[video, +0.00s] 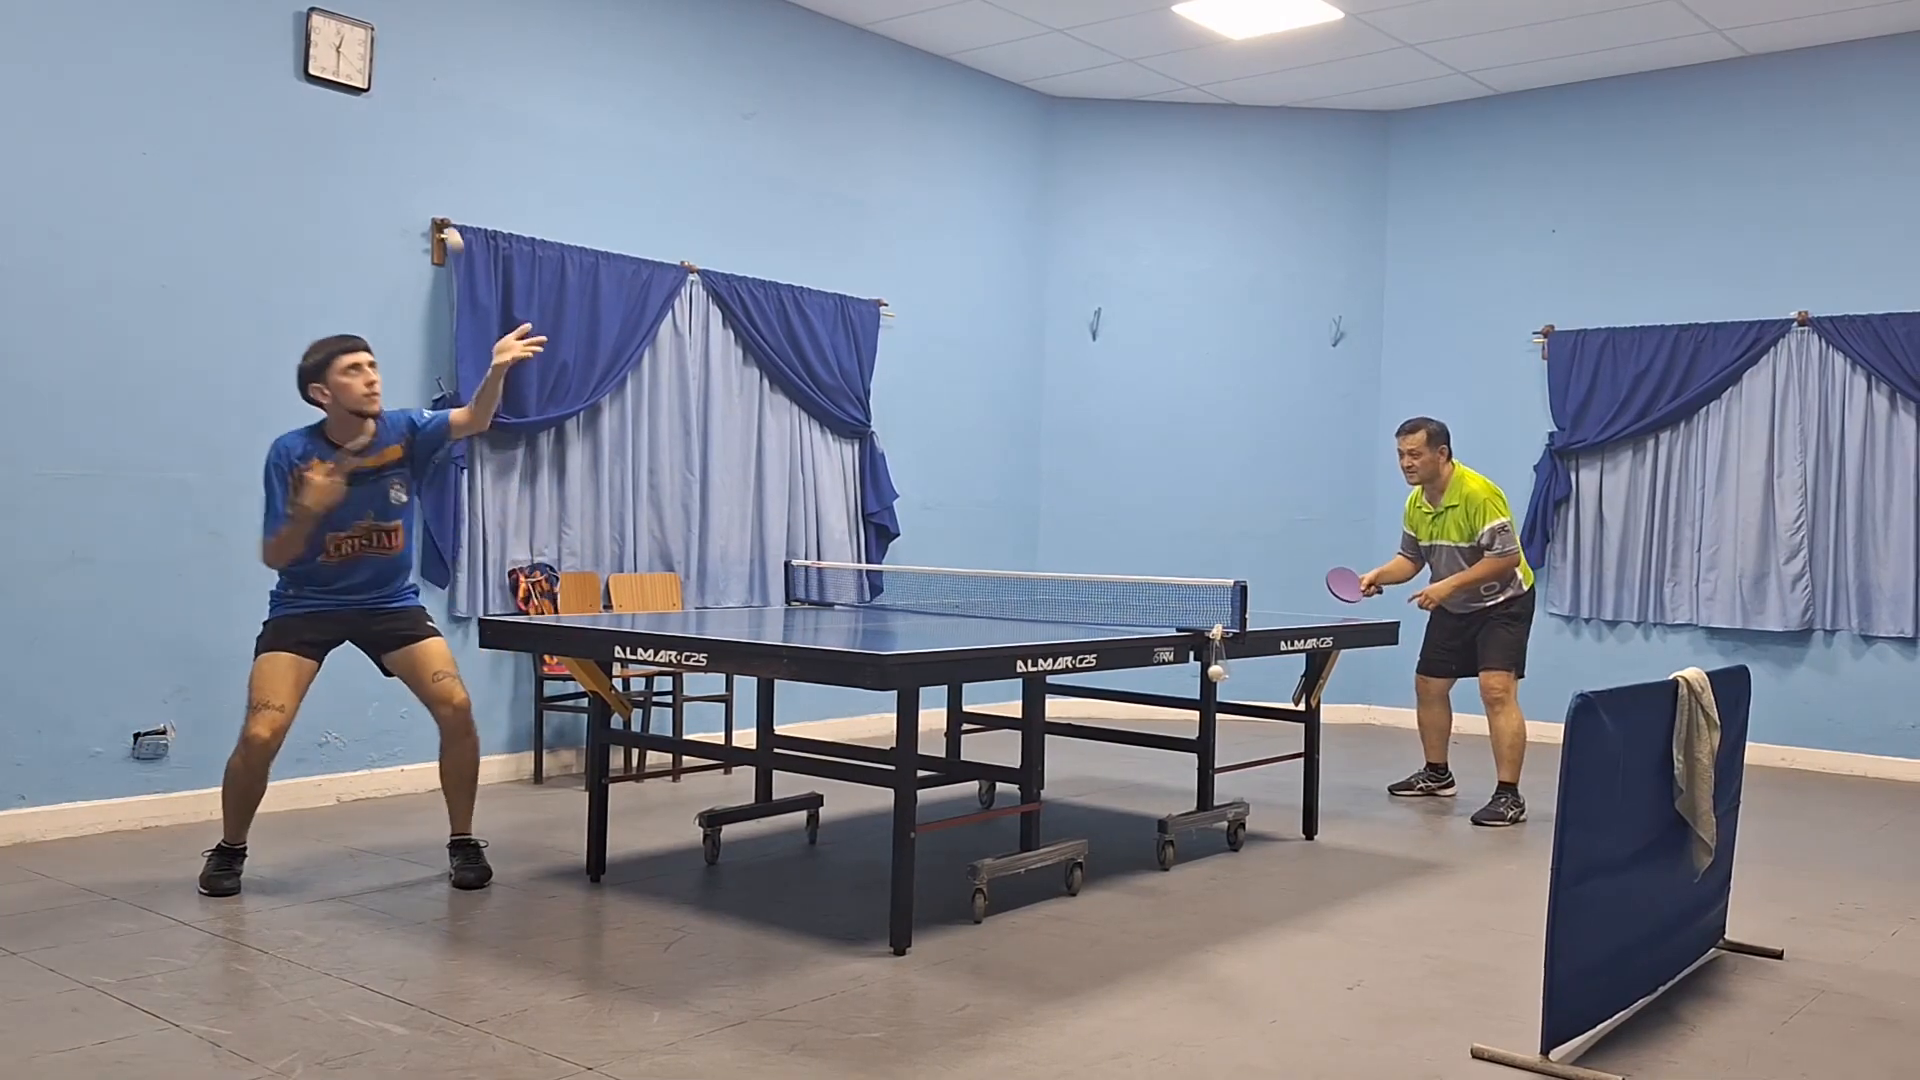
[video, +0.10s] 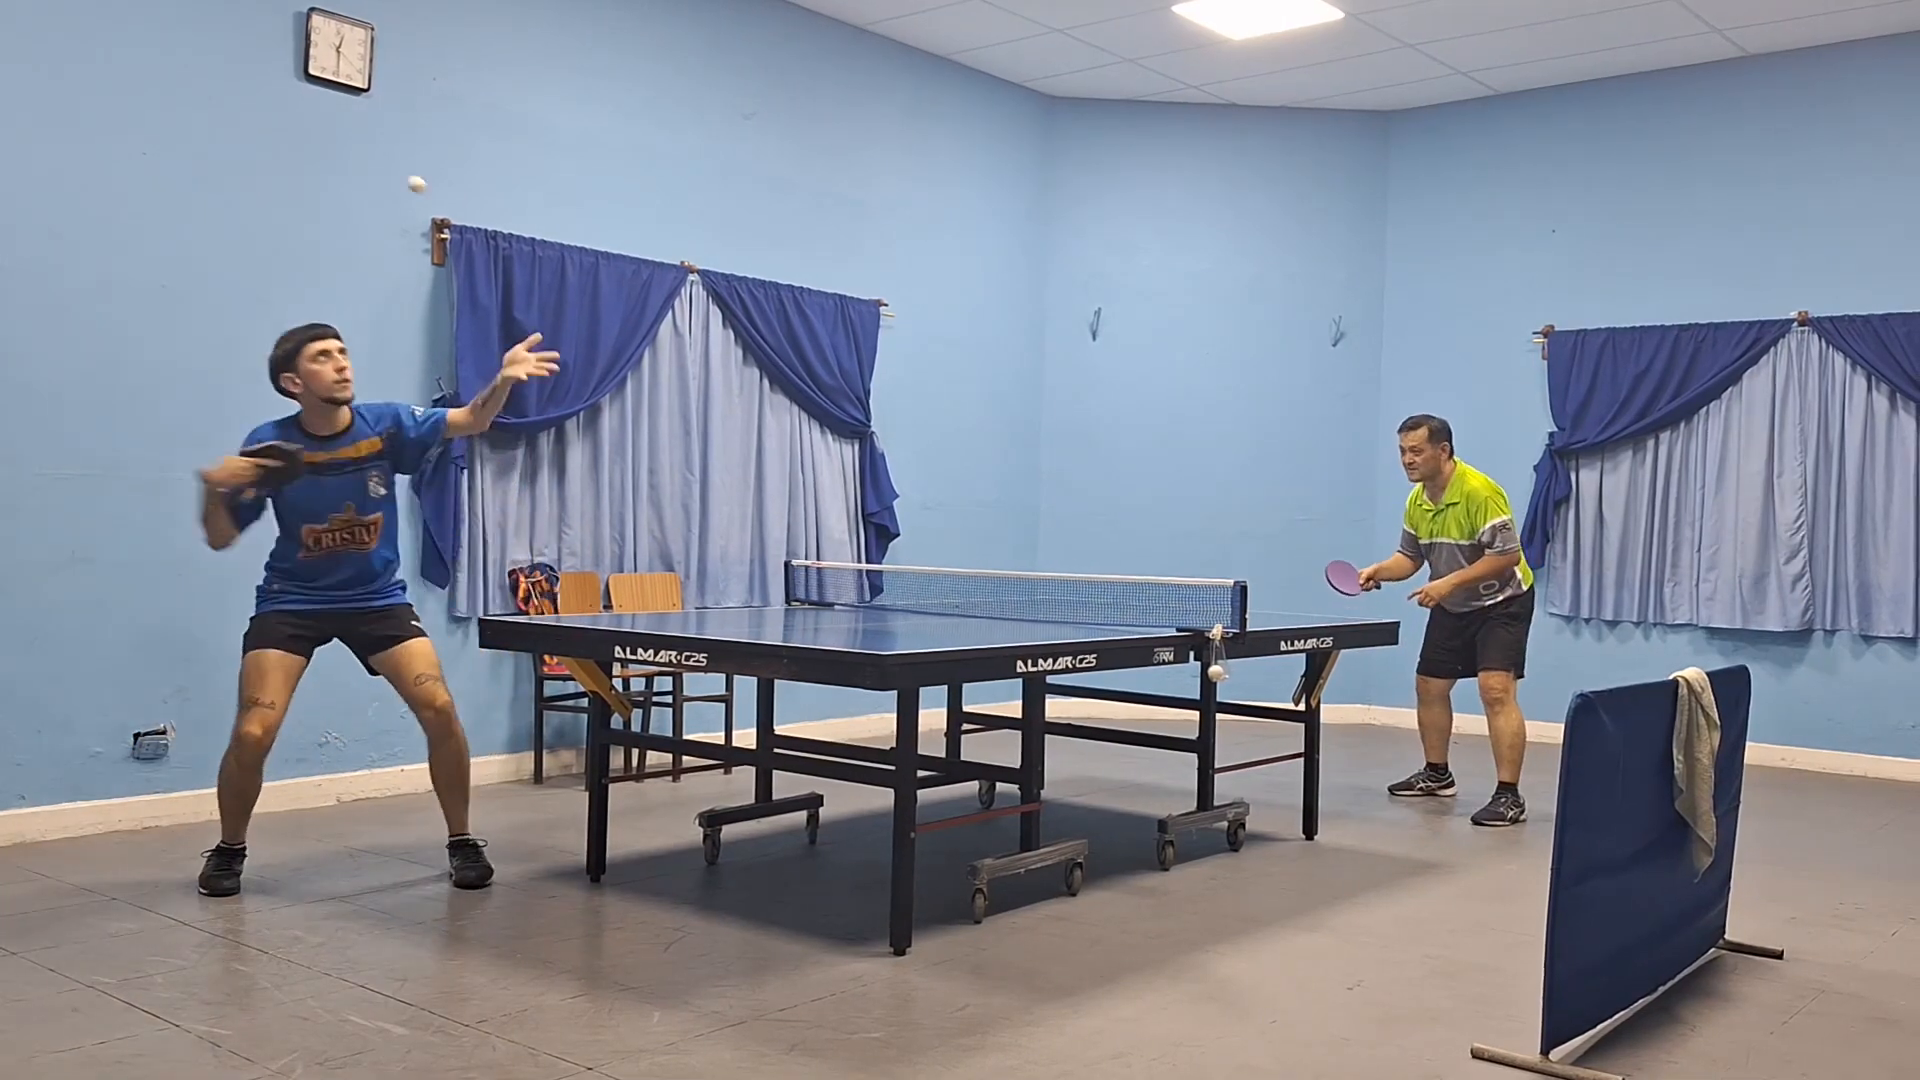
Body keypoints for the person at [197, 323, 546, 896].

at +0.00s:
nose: (371, 378)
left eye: (373, 368)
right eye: (354, 370)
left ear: (380, 377)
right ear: (321, 393)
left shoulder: (406, 430)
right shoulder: (291, 453)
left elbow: (476, 417)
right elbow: (276, 557)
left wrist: (497, 367)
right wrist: (308, 511)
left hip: (389, 600)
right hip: (305, 604)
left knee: (454, 704)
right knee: (261, 733)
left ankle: (463, 842)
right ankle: (230, 849)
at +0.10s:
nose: (340, 365)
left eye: (342, 354)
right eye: (322, 358)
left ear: (353, 367)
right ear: (291, 380)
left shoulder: (386, 423)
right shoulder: (269, 445)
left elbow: (471, 419)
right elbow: (221, 536)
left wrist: (504, 377)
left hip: (378, 599)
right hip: (291, 600)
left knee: (437, 704)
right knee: (254, 732)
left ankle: (462, 843)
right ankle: (229, 849)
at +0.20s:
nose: (313, 354)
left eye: (316, 346)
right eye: (295, 349)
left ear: (327, 362)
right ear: (266, 377)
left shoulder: (369, 423)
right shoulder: (246, 441)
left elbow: (464, 432)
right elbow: (177, 508)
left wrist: (508, 400)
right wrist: (144, 467)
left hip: (360, 595)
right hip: (274, 598)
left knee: (426, 707)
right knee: (242, 732)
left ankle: (460, 843)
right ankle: (228, 849)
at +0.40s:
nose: (293, 355)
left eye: (294, 346)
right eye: (275, 351)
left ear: (305, 360)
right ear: (244, 377)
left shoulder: (351, 427)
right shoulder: (232, 437)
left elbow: (428, 474)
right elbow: (162, 485)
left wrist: (498, 466)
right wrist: (95, 438)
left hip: (335, 590)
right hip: (250, 596)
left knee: (425, 692)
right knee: (225, 733)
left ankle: (399, 798)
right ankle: (230, 849)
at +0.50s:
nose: (314, 369)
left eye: (313, 358)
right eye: (295, 364)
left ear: (321, 370)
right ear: (262, 390)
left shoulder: (359, 439)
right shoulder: (238, 445)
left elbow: (419, 497)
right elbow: (169, 502)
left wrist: (492, 502)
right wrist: (100, 451)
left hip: (328, 594)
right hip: (245, 598)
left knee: (422, 682)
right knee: (224, 741)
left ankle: (342, 759)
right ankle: (230, 851)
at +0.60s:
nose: (359, 401)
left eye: (357, 390)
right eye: (343, 395)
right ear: (305, 413)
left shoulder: (375, 457)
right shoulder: (255, 454)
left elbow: (412, 515)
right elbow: (158, 491)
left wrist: (485, 523)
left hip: (318, 606)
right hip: (238, 607)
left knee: (412, 689)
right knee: (231, 746)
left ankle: (324, 793)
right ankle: (229, 850)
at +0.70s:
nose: (432, 450)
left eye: (431, 438)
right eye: (421, 439)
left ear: (382, 445)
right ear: (377, 444)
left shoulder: (391, 490)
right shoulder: (300, 462)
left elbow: (405, 523)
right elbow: (180, 477)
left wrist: (476, 539)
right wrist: (261, 534)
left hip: (305, 613)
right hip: (227, 611)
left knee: (390, 709)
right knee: (239, 750)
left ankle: (342, 848)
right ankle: (230, 852)